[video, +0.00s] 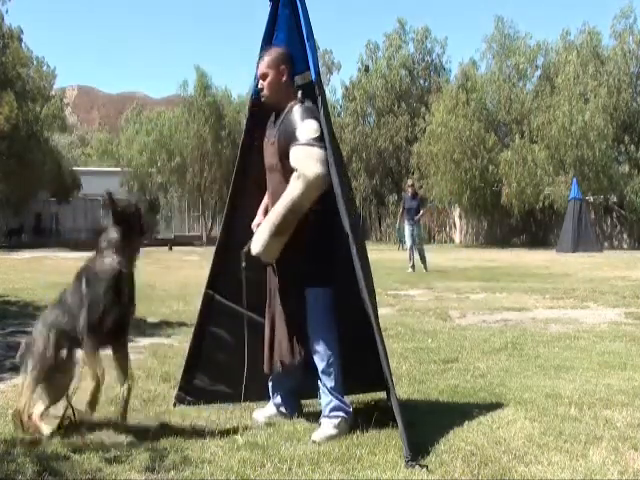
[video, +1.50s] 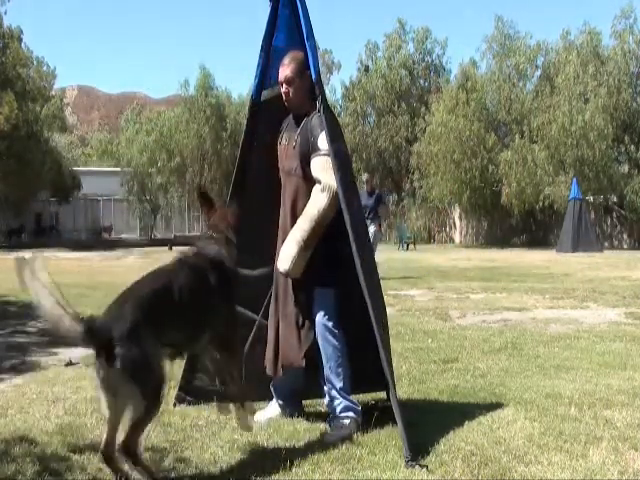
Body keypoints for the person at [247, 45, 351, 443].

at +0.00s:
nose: (259, 84)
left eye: (264, 77)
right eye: (258, 77)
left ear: (285, 75)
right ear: (271, 77)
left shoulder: (303, 115)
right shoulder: (273, 122)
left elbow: (313, 174)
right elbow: (276, 178)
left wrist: (272, 227)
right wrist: (263, 209)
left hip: (315, 234)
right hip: (283, 234)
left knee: (318, 323)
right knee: (280, 317)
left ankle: (335, 410)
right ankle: (282, 402)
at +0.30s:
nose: (269, 82)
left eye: (274, 75)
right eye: (267, 76)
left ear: (296, 76)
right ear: (274, 79)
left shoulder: (312, 119)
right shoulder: (278, 123)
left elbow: (320, 179)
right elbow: (280, 178)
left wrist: (281, 232)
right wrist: (265, 212)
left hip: (318, 234)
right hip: (283, 234)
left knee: (322, 321)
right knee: (279, 318)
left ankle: (343, 410)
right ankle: (281, 402)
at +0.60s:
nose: (275, 85)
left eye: (280, 78)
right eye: (273, 79)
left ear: (302, 78)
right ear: (277, 82)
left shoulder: (317, 122)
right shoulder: (282, 126)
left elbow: (325, 187)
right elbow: (280, 184)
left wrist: (291, 240)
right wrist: (270, 227)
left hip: (321, 236)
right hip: (288, 236)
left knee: (324, 320)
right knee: (284, 316)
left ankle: (344, 409)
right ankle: (284, 401)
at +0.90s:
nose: (277, 89)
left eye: (283, 82)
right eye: (276, 83)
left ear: (304, 82)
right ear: (283, 85)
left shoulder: (318, 126)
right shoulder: (284, 129)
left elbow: (327, 190)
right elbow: (285, 190)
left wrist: (294, 245)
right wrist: (280, 241)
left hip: (322, 239)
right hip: (289, 239)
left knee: (325, 322)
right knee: (284, 319)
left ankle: (343, 409)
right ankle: (284, 399)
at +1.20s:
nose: (281, 90)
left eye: (286, 82)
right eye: (278, 83)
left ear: (307, 83)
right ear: (281, 85)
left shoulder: (319, 126)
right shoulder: (286, 128)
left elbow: (328, 190)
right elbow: (287, 188)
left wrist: (296, 246)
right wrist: (281, 239)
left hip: (322, 238)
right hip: (290, 236)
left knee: (325, 320)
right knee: (286, 315)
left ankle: (344, 410)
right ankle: (284, 398)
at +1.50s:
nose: (283, 90)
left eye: (288, 83)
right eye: (280, 84)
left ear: (308, 83)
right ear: (282, 86)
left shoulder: (319, 126)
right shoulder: (288, 128)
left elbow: (328, 189)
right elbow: (291, 188)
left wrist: (294, 246)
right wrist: (284, 240)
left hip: (323, 239)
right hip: (293, 237)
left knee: (325, 321)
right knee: (287, 317)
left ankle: (344, 411)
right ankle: (284, 400)